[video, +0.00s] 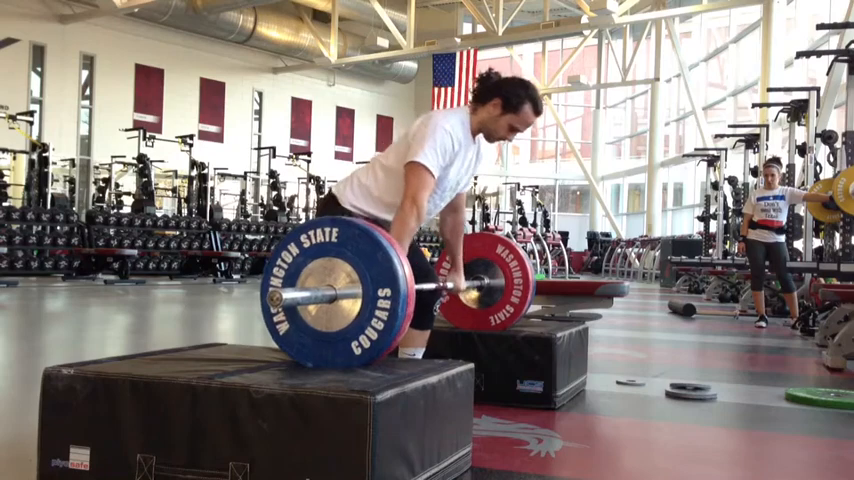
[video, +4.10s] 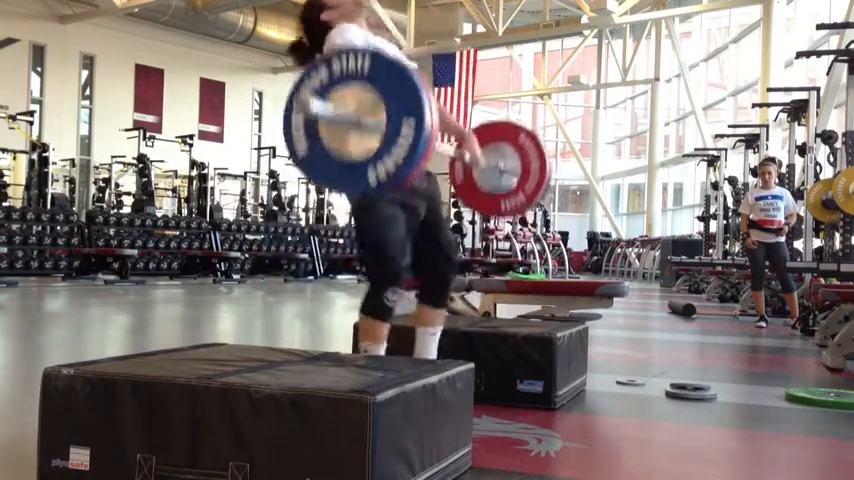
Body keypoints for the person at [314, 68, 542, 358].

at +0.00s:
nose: (511, 138)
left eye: (517, 133)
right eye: (512, 129)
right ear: (495, 106)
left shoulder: (475, 148)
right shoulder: (440, 127)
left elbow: (454, 211)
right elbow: (412, 206)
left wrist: (457, 269)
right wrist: (389, 275)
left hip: (389, 224)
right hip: (347, 213)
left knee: (425, 291)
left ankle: (403, 389)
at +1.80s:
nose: (487, 122)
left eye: (492, 116)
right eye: (487, 112)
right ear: (465, 95)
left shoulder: (454, 141)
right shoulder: (419, 123)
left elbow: (446, 209)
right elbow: (402, 206)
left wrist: (459, 266)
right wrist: (387, 272)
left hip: (387, 231)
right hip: (349, 223)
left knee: (433, 291)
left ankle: (408, 387)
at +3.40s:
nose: (473, 63)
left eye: (470, 57)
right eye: (464, 58)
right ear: (440, 73)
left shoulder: (453, 130)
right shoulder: (425, 116)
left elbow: (448, 203)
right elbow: (406, 197)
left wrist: (457, 262)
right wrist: (393, 264)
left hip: (383, 225)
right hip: (346, 217)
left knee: (431, 288)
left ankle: (406, 385)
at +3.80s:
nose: (466, 13)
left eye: (461, 7)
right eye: (455, 8)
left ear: (443, 27)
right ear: (436, 26)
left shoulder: (457, 79)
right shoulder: (429, 64)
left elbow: (450, 154)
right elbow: (406, 139)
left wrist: (454, 212)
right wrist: (392, 209)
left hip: (413, 205)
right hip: (385, 202)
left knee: (434, 285)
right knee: (402, 285)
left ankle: (412, 383)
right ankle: (374, 385)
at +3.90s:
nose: (410, 2)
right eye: (398, 1)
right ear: (378, 18)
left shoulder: (419, 62)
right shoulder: (391, 52)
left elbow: (433, 140)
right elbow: (389, 127)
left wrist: (455, 196)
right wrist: (404, 196)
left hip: (442, 201)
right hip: (412, 199)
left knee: (454, 291)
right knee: (409, 295)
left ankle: (417, 374)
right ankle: (376, 380)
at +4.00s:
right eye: (337, 1)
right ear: (334, 20)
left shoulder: (389, 52)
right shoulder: (354, 44)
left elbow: (420, 115)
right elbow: (368, 105)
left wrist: (457, 158)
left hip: (426, 183)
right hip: (390, 182)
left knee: (426, 278)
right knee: (387, 280)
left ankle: (415, 373)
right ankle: (371, 377)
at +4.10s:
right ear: (327, 14)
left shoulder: (383, 43)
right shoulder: (343, 38)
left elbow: (420, 97)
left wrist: (462, 132)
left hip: (419, 181)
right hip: (378, 185)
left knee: (441, 268)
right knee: (387, 277)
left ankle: (423, 372)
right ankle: (369, 378)